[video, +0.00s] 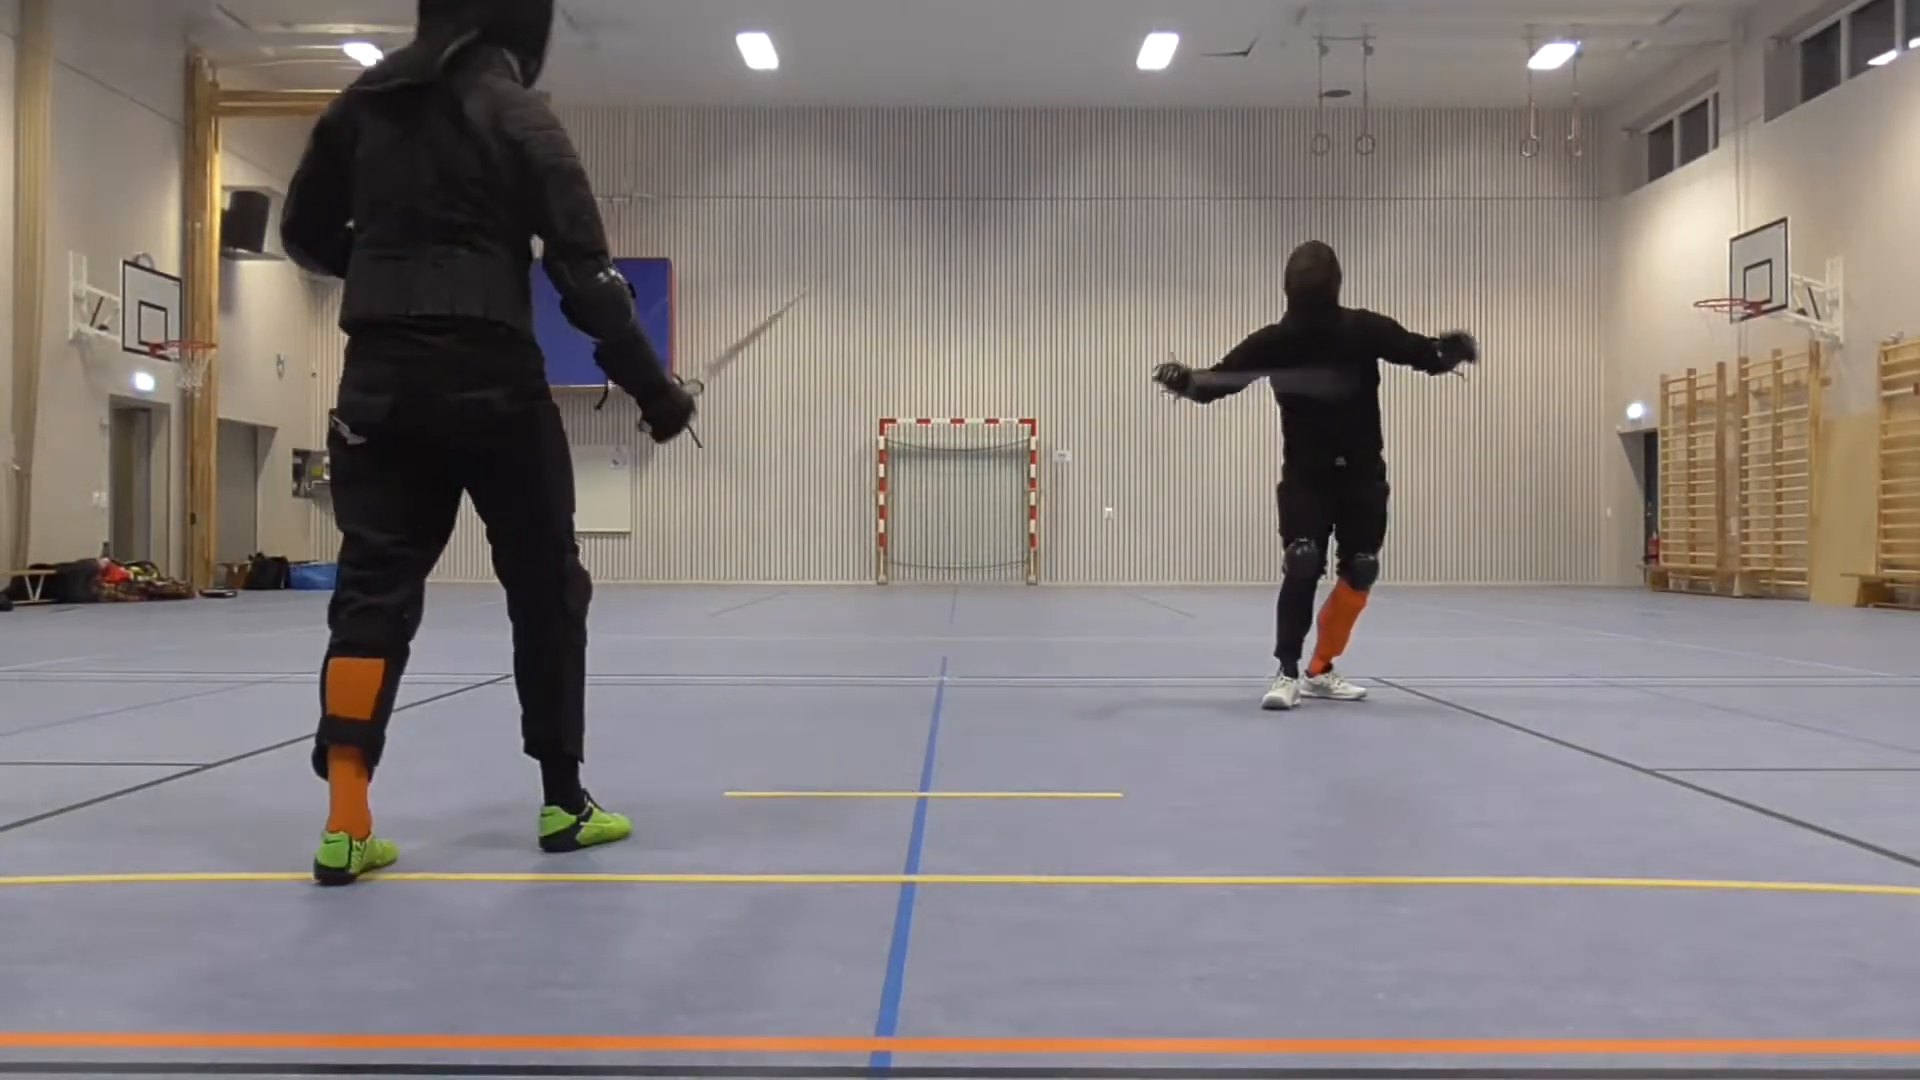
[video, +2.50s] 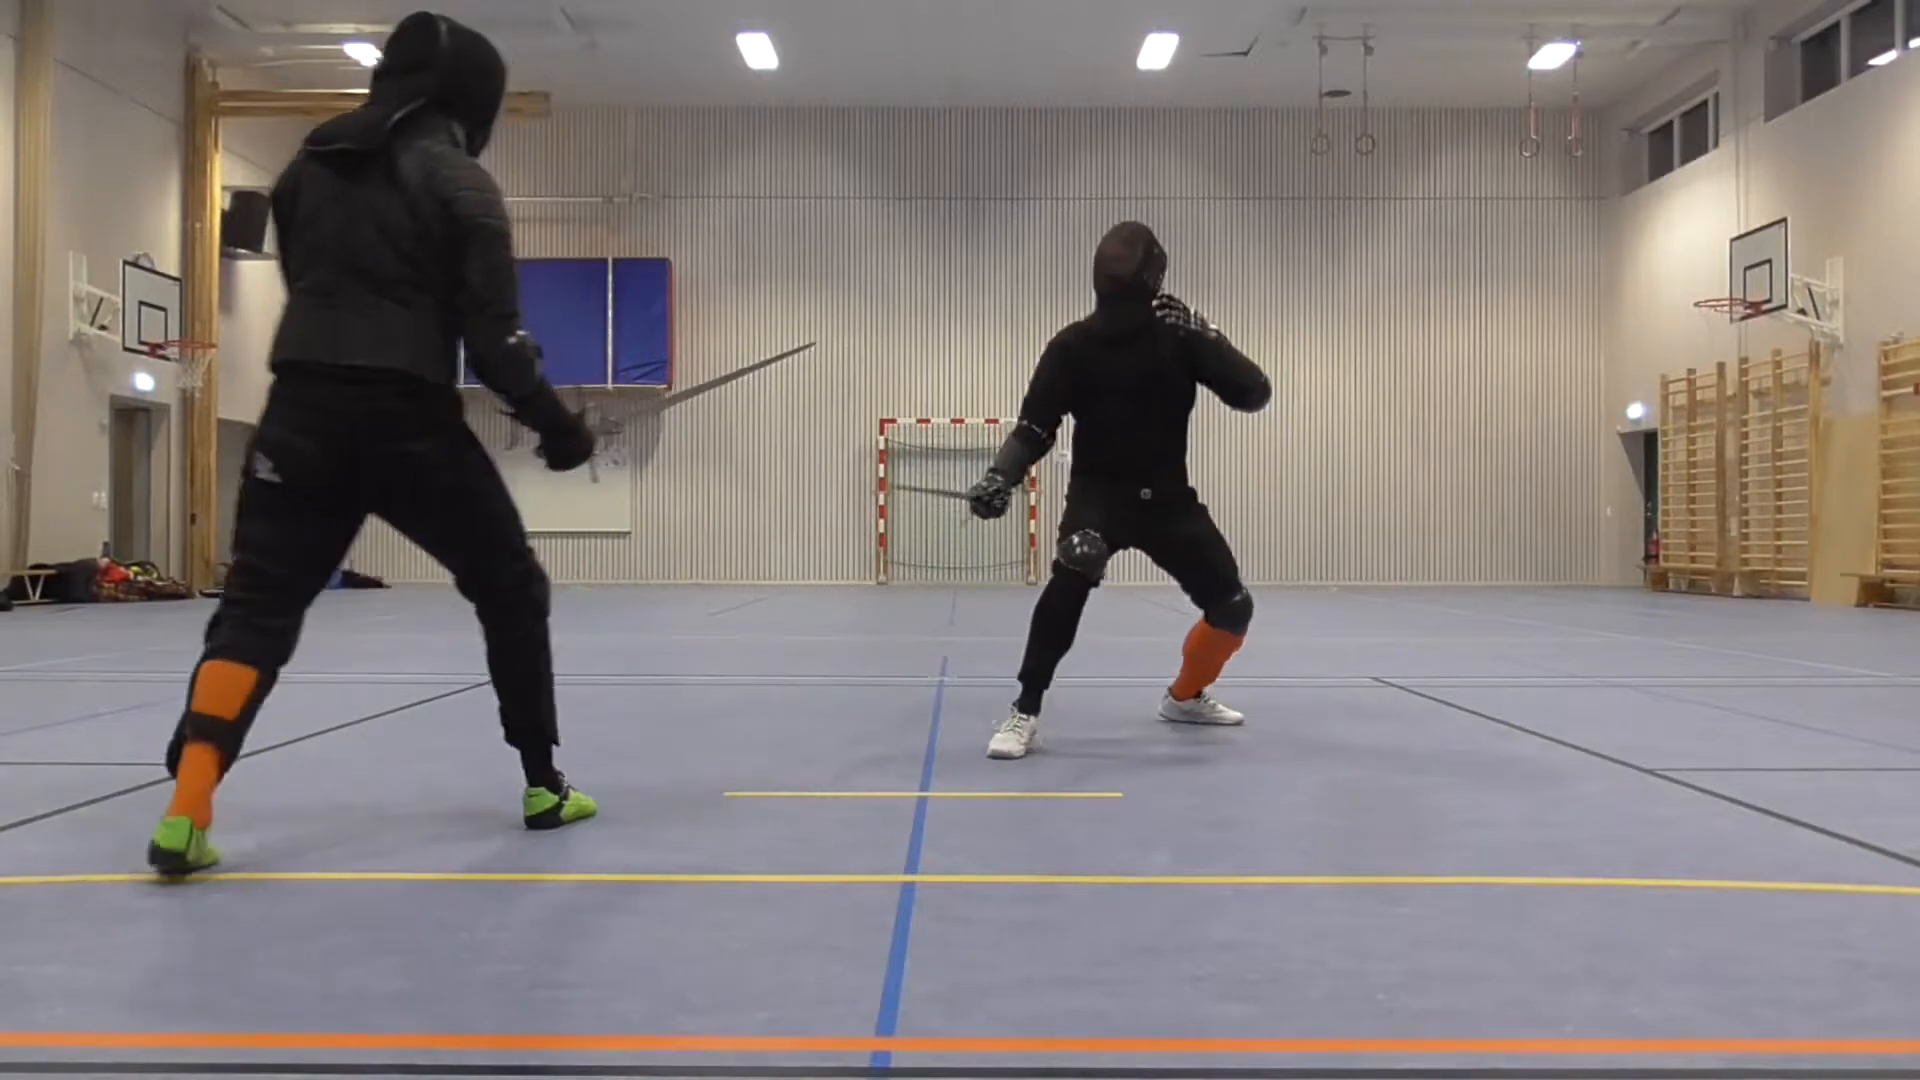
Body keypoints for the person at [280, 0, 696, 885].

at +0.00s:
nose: (541, 55)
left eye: (539, 42)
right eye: (538, 39)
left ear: (434, 22)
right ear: (519, 32)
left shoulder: (360, 103)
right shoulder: (516, 112)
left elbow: (306, 229)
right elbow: (583, 270)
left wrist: (393, 264)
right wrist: (652, 382)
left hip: (378, 373)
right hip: (491, 377)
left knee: (374, 585)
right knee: (546, 583)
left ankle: (345, 828)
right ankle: (564, 801)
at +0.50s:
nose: (469, 39)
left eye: (468, 26)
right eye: (466, 24)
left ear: (359, 14)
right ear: (440, 19)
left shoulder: (288, 108)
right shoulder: (451, 109)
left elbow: (267, 252)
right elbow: (508, 271)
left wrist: (358, 246)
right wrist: (577, 383)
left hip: (346, 388)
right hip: (464, 385)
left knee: (346, 595)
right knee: (516, 581)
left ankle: (342, 832)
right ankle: (537, 791)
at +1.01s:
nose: (564, 78)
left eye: (561, 59)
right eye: (560, 61)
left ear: (462, 43)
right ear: (540, 55)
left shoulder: (386, 142)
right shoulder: (545, 151)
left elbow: (368, 262)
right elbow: (585, 315)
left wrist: (465, 264)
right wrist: (644, 420)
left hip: (410, 397)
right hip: (524, 404)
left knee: (384, 594)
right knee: (583, 590)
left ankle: (346, 824)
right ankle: (636, 780)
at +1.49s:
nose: (670, 119)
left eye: (672, 106)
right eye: (671, 104)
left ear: (583, 78)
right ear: (649, 93)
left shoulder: (496, 154)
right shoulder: (645, 166)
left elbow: (485, 272)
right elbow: (697, 313)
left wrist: (537, 353)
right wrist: (753, 407)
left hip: (488, 391)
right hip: (597, 398)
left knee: (454, 572)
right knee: (634, 580)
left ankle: (419, 773)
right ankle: (641, 783)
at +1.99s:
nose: (580, 111)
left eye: (581, 97)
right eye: (580, 96)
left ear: (491, 68)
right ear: (561, 85)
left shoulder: (411, 151)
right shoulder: (563, 166)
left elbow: (397, 270)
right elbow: (596, 320)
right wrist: (647, 415)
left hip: (414, 395)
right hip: (521, 401)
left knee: (413, 584)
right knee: (580, 576)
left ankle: (412, 805)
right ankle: (609, 772)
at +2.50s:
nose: (492, 122)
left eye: (493, 108)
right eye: (490, 107)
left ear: (395, 84)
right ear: (465, 98)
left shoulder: (308, 172)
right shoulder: (460, 184)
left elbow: (308, 288)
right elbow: (493, 338)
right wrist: (555, 422)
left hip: (301, 419)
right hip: (411, 427)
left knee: (256, 604)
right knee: (511, 586)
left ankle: (187, 812)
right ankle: (542, 785)